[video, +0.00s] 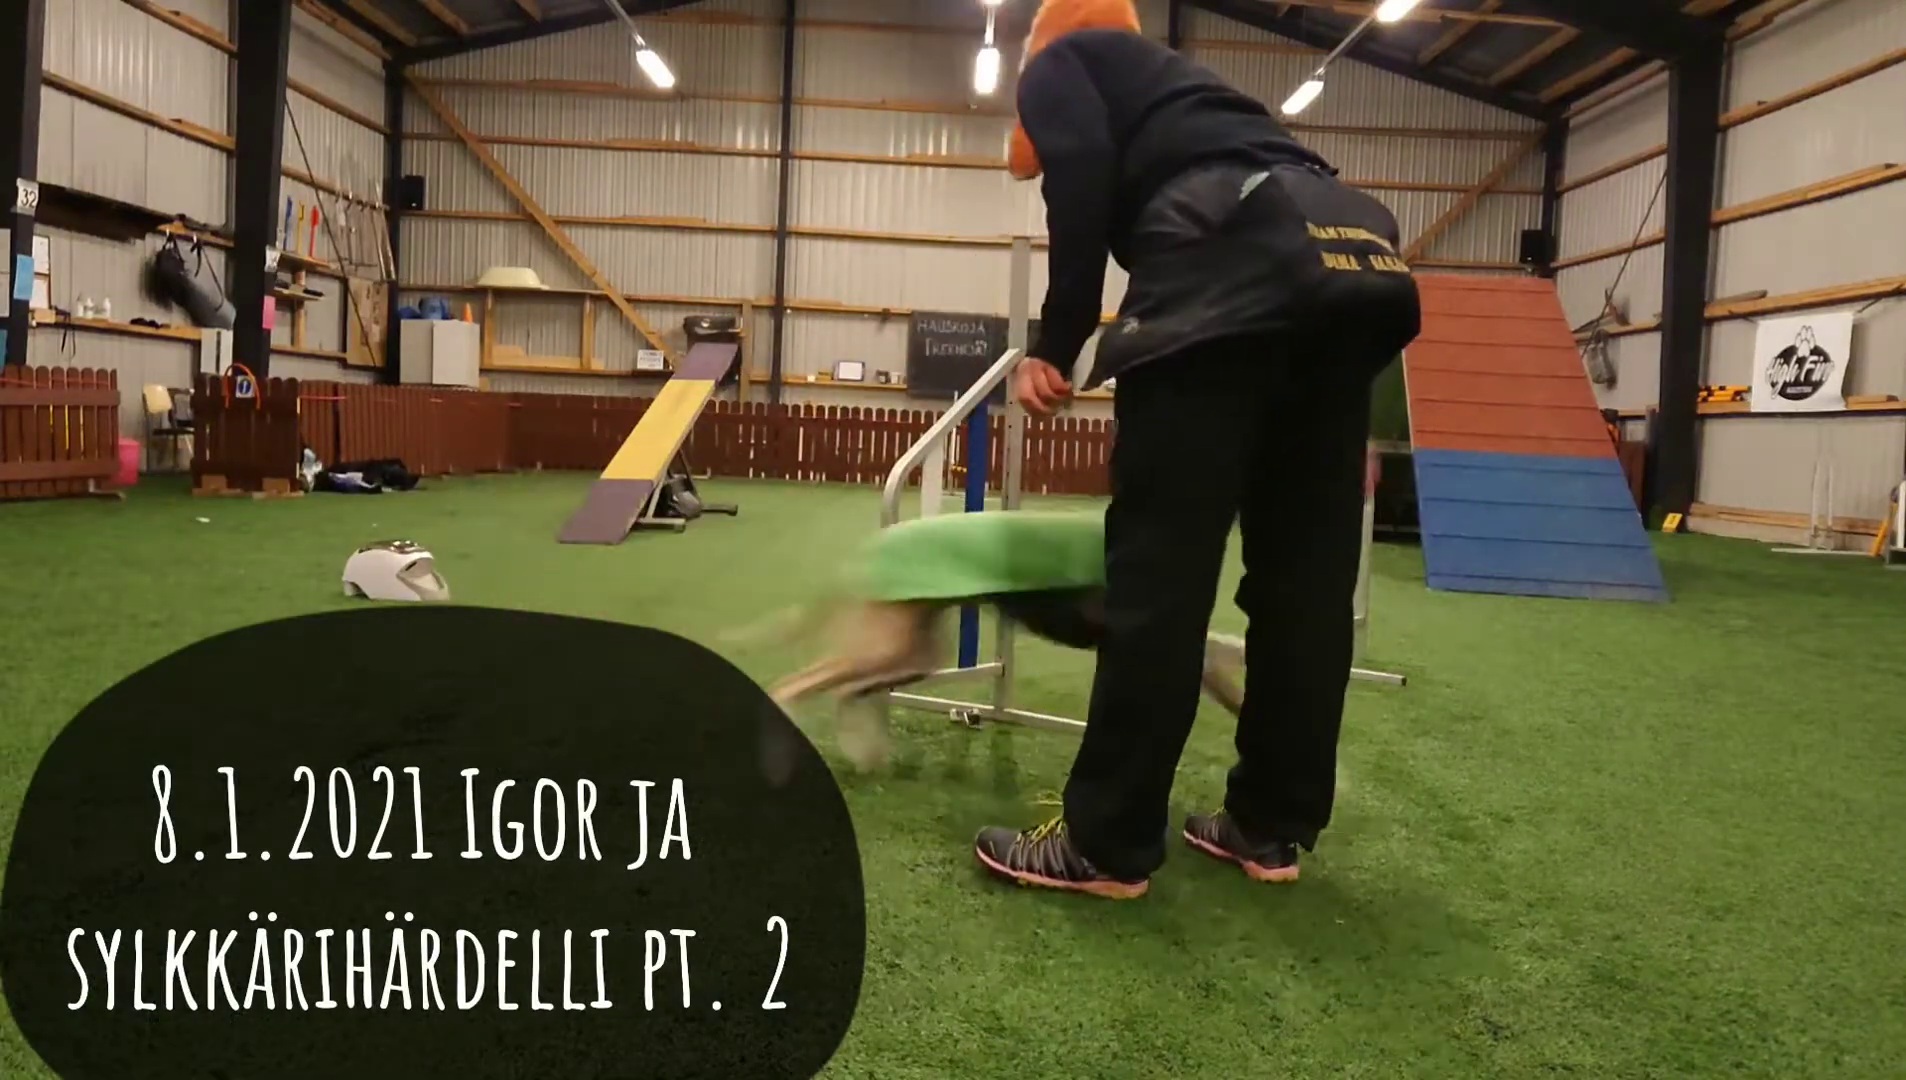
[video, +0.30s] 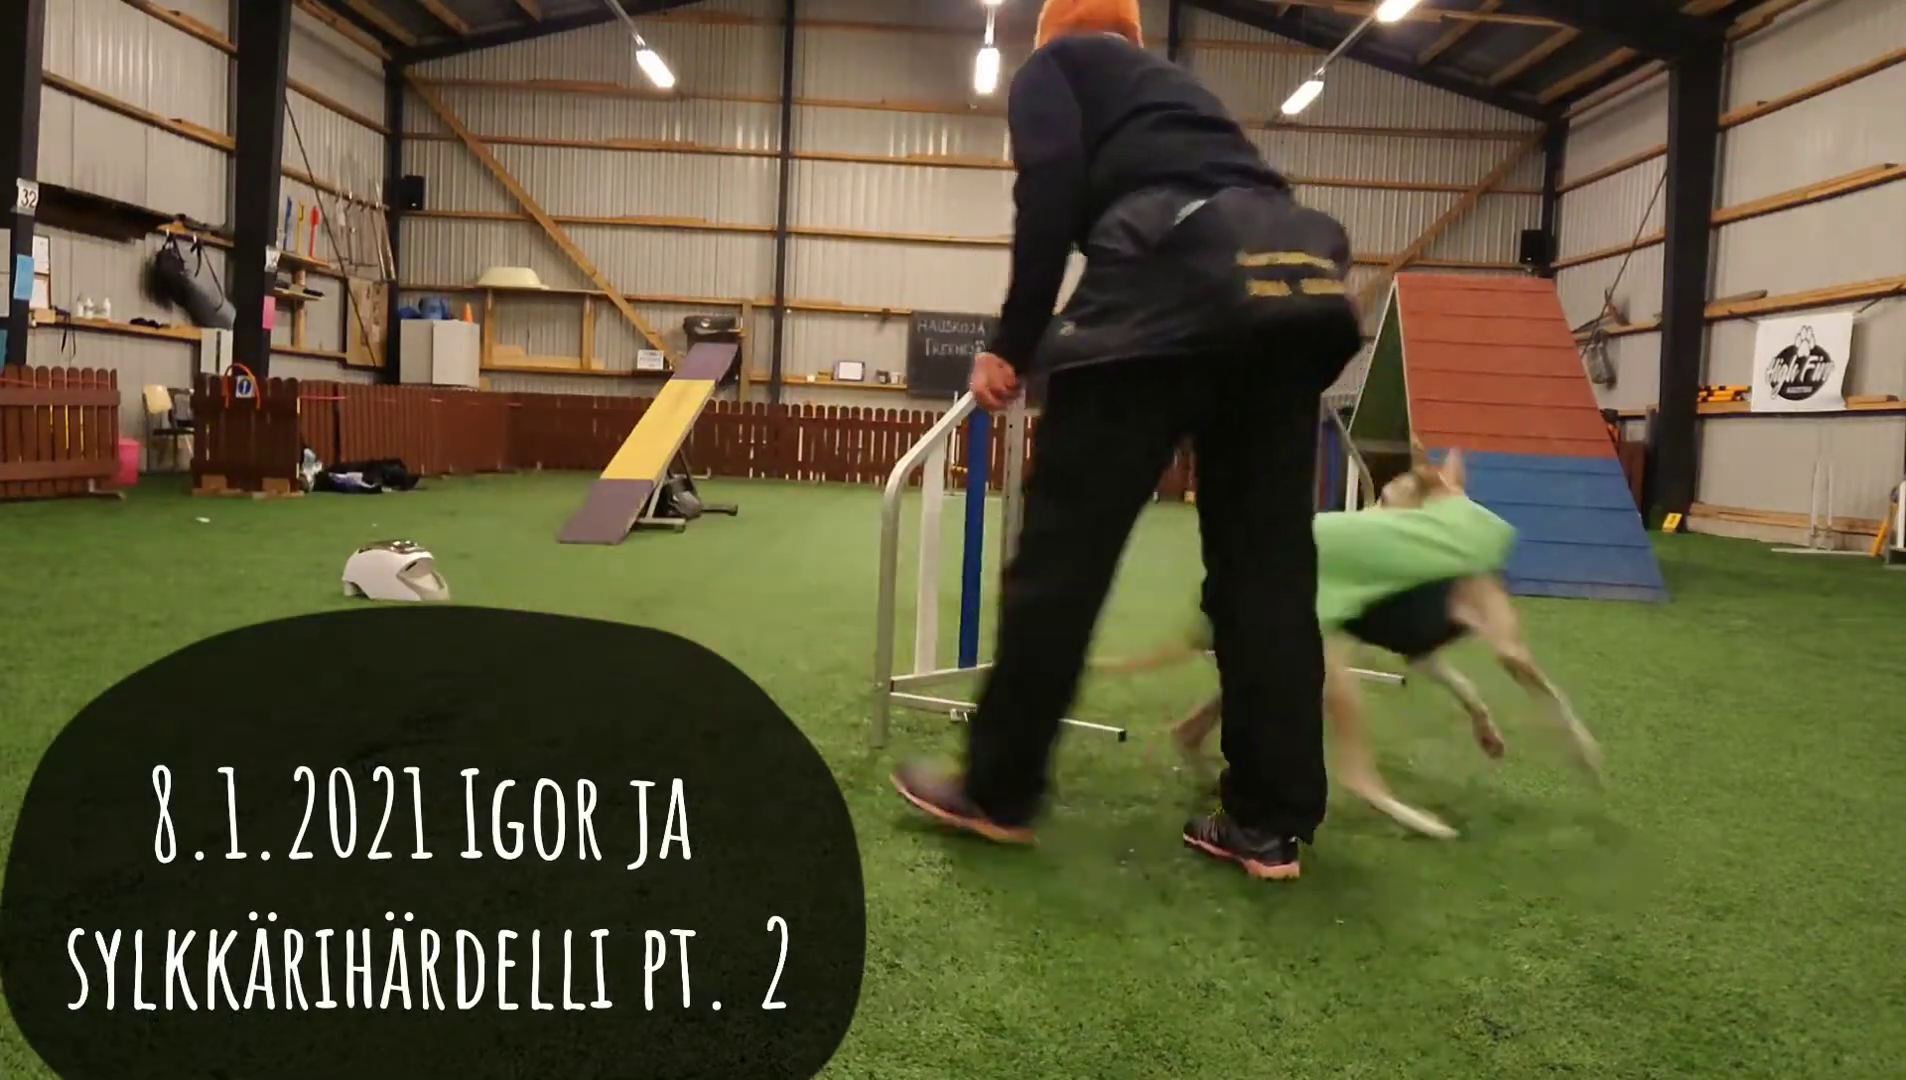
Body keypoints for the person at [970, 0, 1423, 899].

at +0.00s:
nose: (1034, 165)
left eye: (1031, 141)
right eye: (1028, 155)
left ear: (1047, 51)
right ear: (1120, 37)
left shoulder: (1058, 59)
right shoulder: (1199, 90)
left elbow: (1082, 165)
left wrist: (1056, 344)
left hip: (1218, 291)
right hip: (1348, 291)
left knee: (1157, 584)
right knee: (1304, 582)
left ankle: (1107, 842)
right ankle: (1272, 828)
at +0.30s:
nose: (1031, 43)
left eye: (1033, 34)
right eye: (1036, 35)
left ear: (1057, 31)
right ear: (1128, 34)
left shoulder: (1051, 66)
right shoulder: (1179, 85)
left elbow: (1051, 191)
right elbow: (1221, 240)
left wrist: (1009, 346)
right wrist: (1189, 420)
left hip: (1158, 304)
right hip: (1281, 311)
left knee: (1062, 557)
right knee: (1264, 574)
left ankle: (997, 792)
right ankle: (1270, 826)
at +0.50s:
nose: (994, 32)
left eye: (997, 25)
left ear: (1013, 27)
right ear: (1090, 33)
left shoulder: (990, 76)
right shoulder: (1132, 88)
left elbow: (971, 202)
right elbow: (1155, 218)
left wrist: (923, 354)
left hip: (1061, 337)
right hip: (1188, 336)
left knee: (976, 549)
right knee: (1209, 568)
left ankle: (898, 737)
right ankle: (1261, 808)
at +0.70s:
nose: (908, 34)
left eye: (911, 25)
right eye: (1019, 34)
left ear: (926, 27)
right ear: (1005, 36)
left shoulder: (897, 77)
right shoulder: (1040, 94)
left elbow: (856, 211)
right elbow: (1045, 217)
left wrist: (806, 352)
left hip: (938, 324)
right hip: (1063, 326)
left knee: (885, 533)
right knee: (1075, 540)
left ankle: (873, 745)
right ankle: (1183, 709)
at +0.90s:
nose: (859, 30)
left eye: (861, 22)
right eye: (958, 32)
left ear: (872, 24)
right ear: (946, 37)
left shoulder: (843, 68)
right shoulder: (986, 105)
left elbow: (789, 199)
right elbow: (984, 230)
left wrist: (740, 337)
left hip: (877, 322)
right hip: (989, 329)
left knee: (852, 533)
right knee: (910, 506)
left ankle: (872, 745)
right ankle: (991, 678)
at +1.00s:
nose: (837, 31)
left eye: (839, 23)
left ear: (851, 25)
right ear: (925, 39)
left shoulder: (823, 68)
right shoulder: (962, 104)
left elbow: (775, 204)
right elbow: (963, 227)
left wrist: (729, 338)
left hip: (855, 315)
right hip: (963, 327)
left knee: (839, 522)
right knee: (870, 503)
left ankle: (873, 743)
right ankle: (884, 710)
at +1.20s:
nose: (797, 31)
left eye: (799, 22)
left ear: (812, 22)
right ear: (883, 37)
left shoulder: (790, 63)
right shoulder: (917, 106)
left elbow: (746, 188)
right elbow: (911, 234)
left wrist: (691, 314)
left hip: (813, 311)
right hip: (906, 324)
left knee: (814, 518)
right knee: (817, 515)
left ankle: (875, 731)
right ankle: (768, 685)